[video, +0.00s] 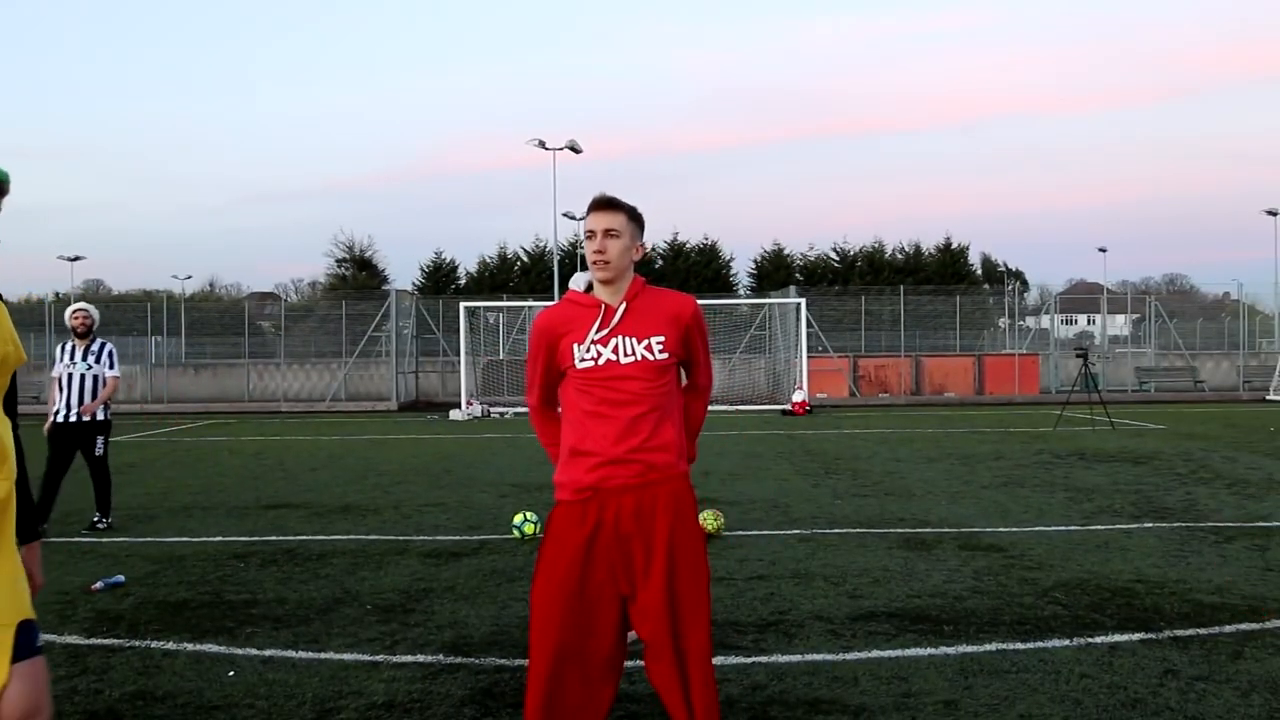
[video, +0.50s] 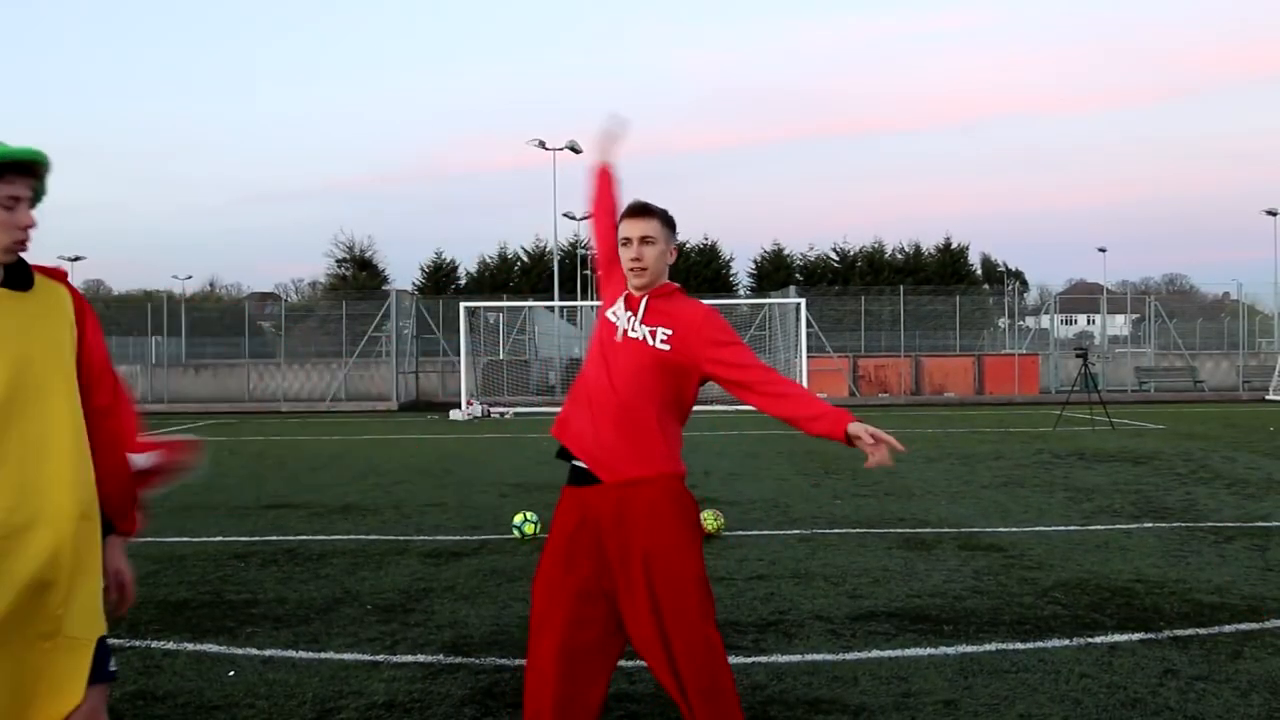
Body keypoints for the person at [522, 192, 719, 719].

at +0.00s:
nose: (597, 246)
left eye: (611, 236)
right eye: (591, 237)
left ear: (638, 249)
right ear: (582, 248)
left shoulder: (680, 311)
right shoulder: (553, 321)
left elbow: (699, 386)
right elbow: (540, 404)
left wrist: (677, 454)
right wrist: (571, 463)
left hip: (662, 500)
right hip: (581, 506)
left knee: (679, 645)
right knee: (559, 648)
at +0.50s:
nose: (634, 254)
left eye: (647, 242)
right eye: (625, 244)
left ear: (671, 251)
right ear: (616, 253)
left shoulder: (692, 320)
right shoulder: (615, 294)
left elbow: (762, 384)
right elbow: (603, 228)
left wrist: (844, 425)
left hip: (649, 499)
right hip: (583, 497)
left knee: (686, 650)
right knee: (555, 652)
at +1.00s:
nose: (634, 253)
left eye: (645, 241)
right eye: (627, 245)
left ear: (675, 248)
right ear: (626, 256)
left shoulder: (698, 308)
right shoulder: (647, 303)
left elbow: (759, 400)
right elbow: (629, 263)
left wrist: (728, 475)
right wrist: (625, 218)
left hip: (679, 505)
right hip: (624, 501)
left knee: (703, 655)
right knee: (596, 646)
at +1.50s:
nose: (576, 256)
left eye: (587, 244)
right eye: (569, 248)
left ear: (615, 250)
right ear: (565, 257)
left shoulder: (649, 304)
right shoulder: (580, 312)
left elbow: (701, 391)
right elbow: (554, 322)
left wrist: (710, 479)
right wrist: (536, 326)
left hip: (631, 485)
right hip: (581, 486)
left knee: (613, 627)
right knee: (572, 633)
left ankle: (669, 714)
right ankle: (585, 718)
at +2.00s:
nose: (543, 263)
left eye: (552, 250)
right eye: (541, 253)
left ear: (590, 250)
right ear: (579, 254)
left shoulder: (628, 305)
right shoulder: (580, 309)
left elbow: (691, 397)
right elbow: (594, 401)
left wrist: (662, 478)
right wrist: (560, 457)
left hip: (614, 493)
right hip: (577, 493)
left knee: (603, 639)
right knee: (576, 638)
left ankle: (615, 716)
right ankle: (583, 715)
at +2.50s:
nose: (536, 267)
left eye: (534, 257)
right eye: (533, 258)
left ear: (549, 256)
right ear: (590, 249)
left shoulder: (592, 305)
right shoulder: (624, 297)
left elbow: (640, 394)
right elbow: (684, 353)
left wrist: (586, 456)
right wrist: (645, 417)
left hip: (606, 501)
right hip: (632, 497)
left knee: (604, 641)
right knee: (624, 638)